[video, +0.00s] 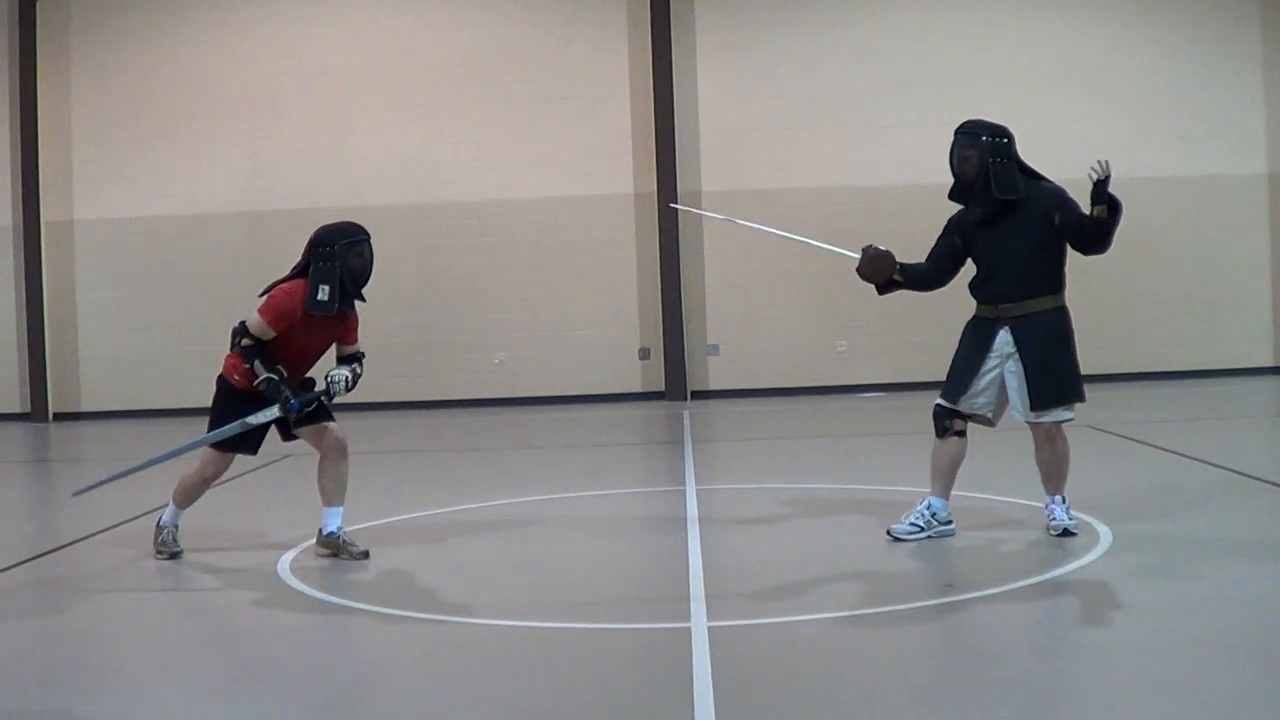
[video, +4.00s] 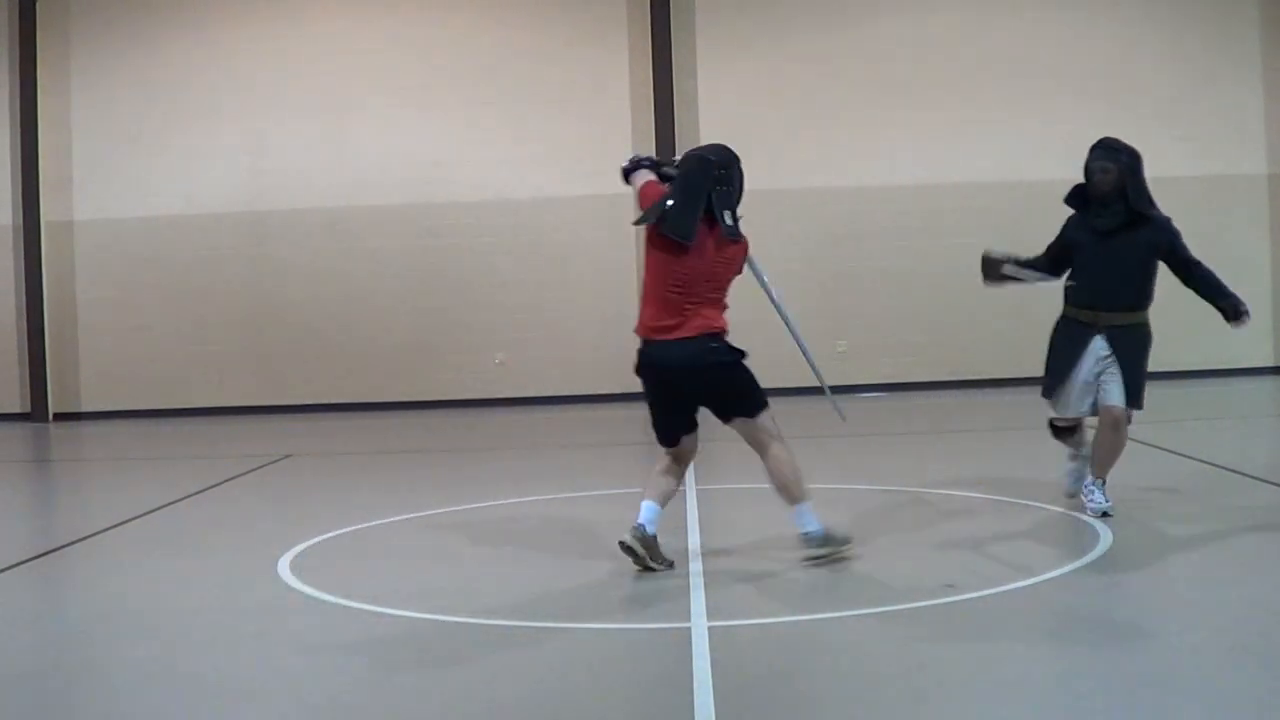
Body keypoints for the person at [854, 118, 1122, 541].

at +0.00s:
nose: (958, 168)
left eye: (966, 159)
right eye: (956, 159)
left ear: (993, 158)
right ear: (958, 160)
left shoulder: (1046, 199)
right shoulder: (967, 220)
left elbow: (1092, 243)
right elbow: (936, 272)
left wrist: (1102, 207)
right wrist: (891, 272)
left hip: (1041, 324)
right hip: (986, 325)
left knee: (1045, 420)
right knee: (950, 413)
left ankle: (1056, 505)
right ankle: (936, 510)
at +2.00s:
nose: (923, 168)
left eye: (931, 158)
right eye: (920, 160)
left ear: (958, 158)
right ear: (922, 163)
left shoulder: (1013, 199)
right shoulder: (934, 220)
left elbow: (1059, 241)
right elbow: (907, 278)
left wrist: (1068, 204)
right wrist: (870, 279)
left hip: (1011, 325)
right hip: (956, 327)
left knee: (1030, 418)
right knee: (923, 416)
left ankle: (1055, 503)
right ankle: (934, 510)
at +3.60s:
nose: (976, 179)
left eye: (985, 171)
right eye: (973, 171)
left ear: (1008, 175)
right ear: (968, 175)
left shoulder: (1043, 227)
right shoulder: (963, 232)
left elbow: (1085, 267)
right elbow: (933, 284)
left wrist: (1106, 239)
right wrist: (901, 274)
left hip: (1032, 338)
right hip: (973, 340)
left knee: (1070, 420)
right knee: (939, 418)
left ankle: (1083, 467)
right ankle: (932, 510)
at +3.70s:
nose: (1009, 183)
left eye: (1017, 175)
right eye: (1004, 175)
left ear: (1041, 177)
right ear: (1000, 178)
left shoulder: (1075, 226)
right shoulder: (996, 225)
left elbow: (1126, 262)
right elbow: (950, 253)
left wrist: (1130, 229)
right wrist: (904, 245)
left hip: (1055, 337)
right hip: (997, 335)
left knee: (1086, 427)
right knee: (965, 421)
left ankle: (1091, 481)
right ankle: (930, 507)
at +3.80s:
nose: (1043, 179)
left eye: (1053, 172)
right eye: (1039, 171)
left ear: (1074, 175)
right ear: (1034, 175)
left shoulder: (1108, 224)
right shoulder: (1030, 223)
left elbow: (1153, 263)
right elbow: (981, 257)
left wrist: (1159, 240)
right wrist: (935, 254)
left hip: (1086, 336)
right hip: (1030, 332)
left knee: (1099, 430)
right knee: (993, 418)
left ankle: (1090, 490)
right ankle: (944, 491)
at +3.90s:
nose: (1074, 175)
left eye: (1083, 167)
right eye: (1069, 167)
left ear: (1103, 173)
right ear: (1063, 173)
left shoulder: (1131, 225)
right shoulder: (1056, 225)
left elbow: (1164, 266)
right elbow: (1030, 274)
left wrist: (1194, 273)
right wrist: (983, 290)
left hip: (1107, 334)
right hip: (1054, 331)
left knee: (1109, 421)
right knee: (1029, 414)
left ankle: (1093, 485)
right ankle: (1001, 467)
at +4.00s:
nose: (1097, 178)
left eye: (1105, 171)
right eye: (1093, 170)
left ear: (1126, 175)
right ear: (1086, 173)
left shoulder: (1152, 226)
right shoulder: (1080, 223)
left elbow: (1188, 269)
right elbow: (1049, 266)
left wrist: (1227, 302)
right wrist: (1006, 268)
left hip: (1126, 331)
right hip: (1076, 328)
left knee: (1116, 414)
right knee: (1063, 421)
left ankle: (1096, 482)